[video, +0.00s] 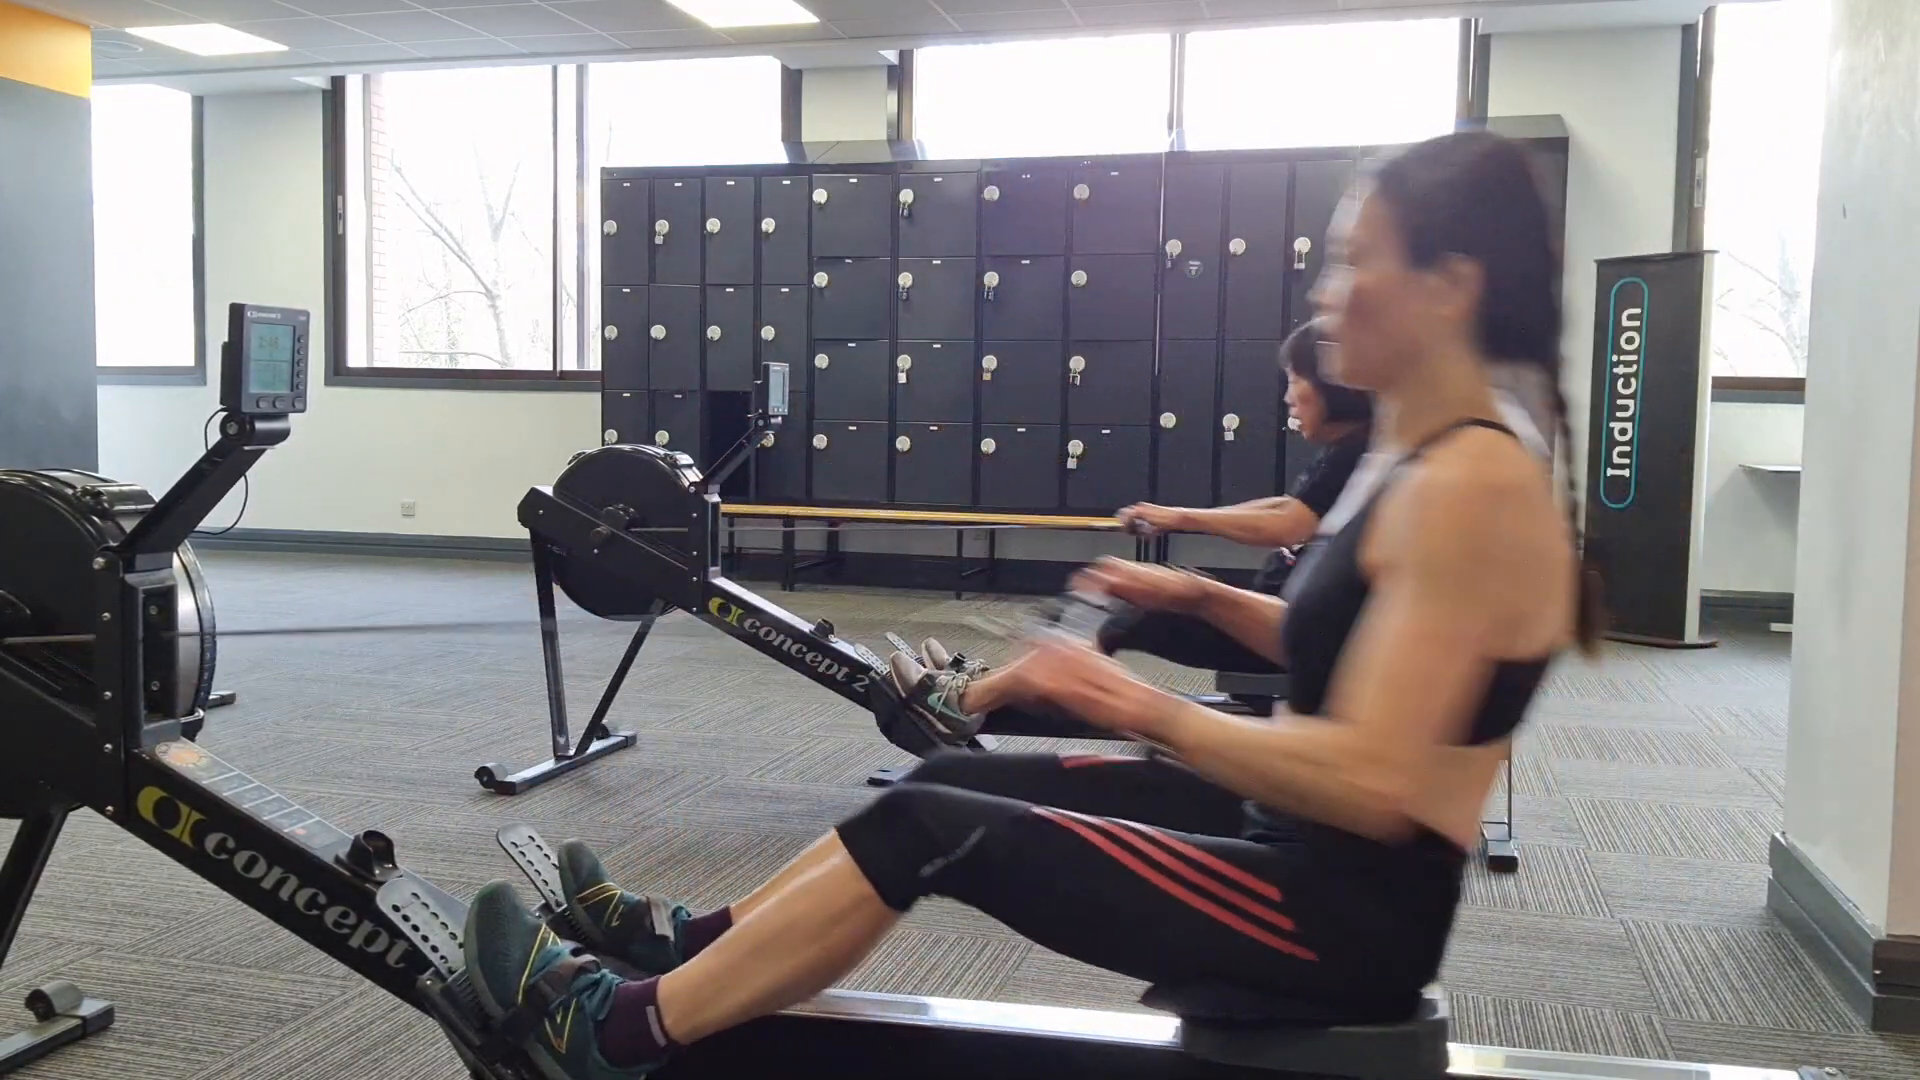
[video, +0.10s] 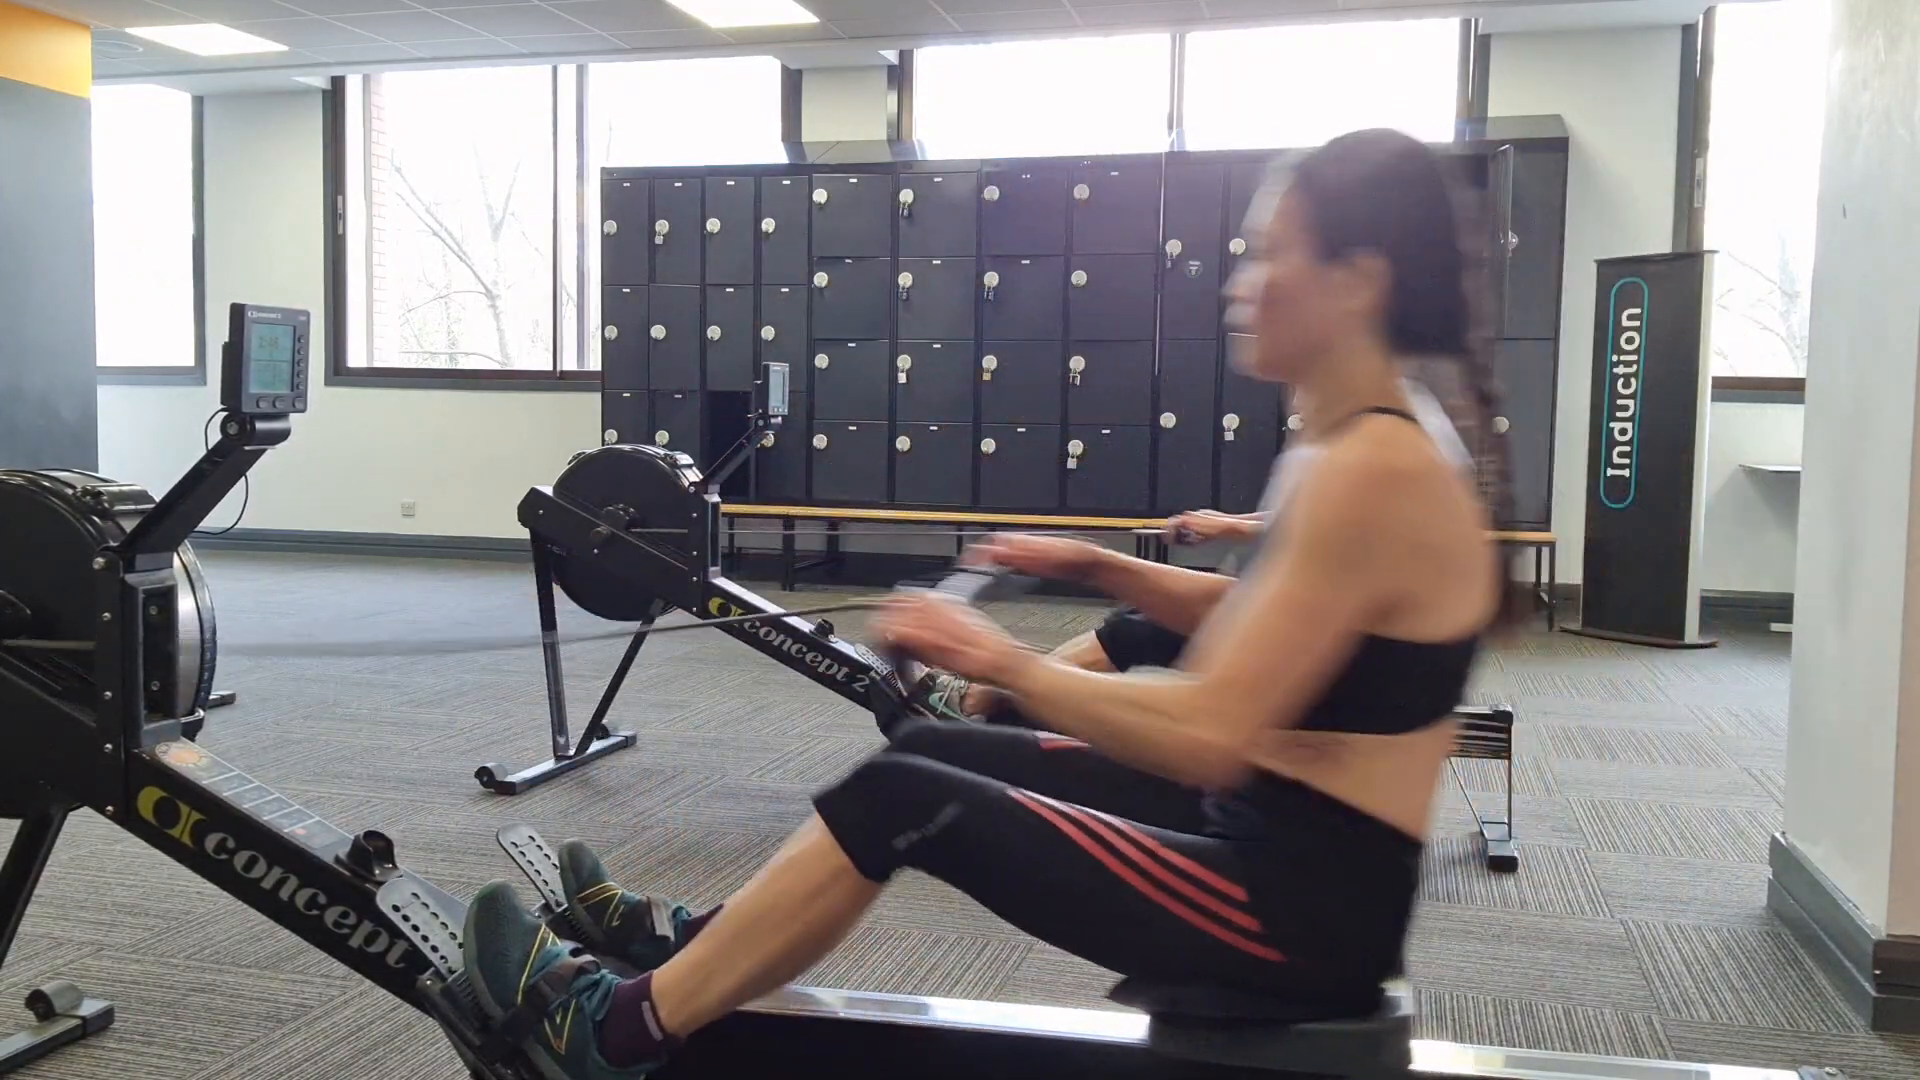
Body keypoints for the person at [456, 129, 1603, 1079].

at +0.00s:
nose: (1322, 296)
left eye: (1350, 262)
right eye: (1329, 264)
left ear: (1455, 284)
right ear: (1429, 284)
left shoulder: (1477, 486)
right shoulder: (1420, 466)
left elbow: (1385, 782)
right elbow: (1350, 715)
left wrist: (1128, 708)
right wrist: (1151, 675)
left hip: (1340, 916)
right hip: (1303, 855)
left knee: (937, 816)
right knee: (953, 776)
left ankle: (638, 1033)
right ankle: (693, 958)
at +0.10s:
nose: (1238, 286)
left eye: (1267, 256)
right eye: (1244, 256)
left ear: (1363, 281)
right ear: (1339, 283)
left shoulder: (1373, 470)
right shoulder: (1353, 451)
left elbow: (1210, 742)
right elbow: (1263, 640)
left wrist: (1002, 663)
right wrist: (1109, 571)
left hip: (1294, 908)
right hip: (1280, 855)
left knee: (910, 788)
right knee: (933, 743)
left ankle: (643, 1026)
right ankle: (699, 968)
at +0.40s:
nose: (963, 297)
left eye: (985, 269)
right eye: (971, 270)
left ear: (1067, 296)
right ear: (1064, 298)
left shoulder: (1058, 473)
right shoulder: (1130, 435)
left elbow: (799, 679)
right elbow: (982, 574)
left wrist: (620, 704)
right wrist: (801, 600)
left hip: (1110, 898)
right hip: (1141, 853)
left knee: (790, 716)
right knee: (837, 678)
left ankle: (618, 1013)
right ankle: (683, 944)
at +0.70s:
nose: (748, 331)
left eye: (763, 306)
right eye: (755, 305)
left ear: (832, 329)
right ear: (857, 333)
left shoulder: (822, 480)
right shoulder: (943, 452)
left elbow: (545, 641)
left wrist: (358, 749)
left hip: (958, 895)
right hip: (1032, 871)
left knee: (670, 666)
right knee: (731, 630)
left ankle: (607, 1004)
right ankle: (686, 942)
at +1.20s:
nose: (915, 304)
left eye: (937, 280)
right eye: (924, 278)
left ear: (1016, 314)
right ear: (1028, 315)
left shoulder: (988, 463)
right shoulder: (1118, 432)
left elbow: (708, 584)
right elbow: (857, 544)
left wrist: (497, 646)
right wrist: (636, 585)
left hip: (1071, 885)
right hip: (1136, 848)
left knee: (763, 691)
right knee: (795, 646)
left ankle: (607, 1006)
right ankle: (681, 949)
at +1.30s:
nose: (1027, 296)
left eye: (1051, 272)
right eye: (1033, 270)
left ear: (1140, 299)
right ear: (1143, 305)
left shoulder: (1083, 458)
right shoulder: (1194, 435)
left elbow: (823, 577)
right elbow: (888, 550)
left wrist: (605, 634)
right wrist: (728, 580)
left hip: (1161, 886)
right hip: (1203, 840)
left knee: (819, 727)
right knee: (847, 685)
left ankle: (612, 1016)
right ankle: (668, 955)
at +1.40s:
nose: (1153, 291)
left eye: (1182, 266)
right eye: (1161, 263)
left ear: (1275, 293)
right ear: (1269, 295)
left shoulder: (1225, 452)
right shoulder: (1299, 428)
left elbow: (940, 586)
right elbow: (976, 559)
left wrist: (717, 639)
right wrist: (798, 596)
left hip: (1249, 884)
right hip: (1249, 820)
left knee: (890, 763)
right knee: (919, 728)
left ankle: (625, 1017)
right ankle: (674, 966)